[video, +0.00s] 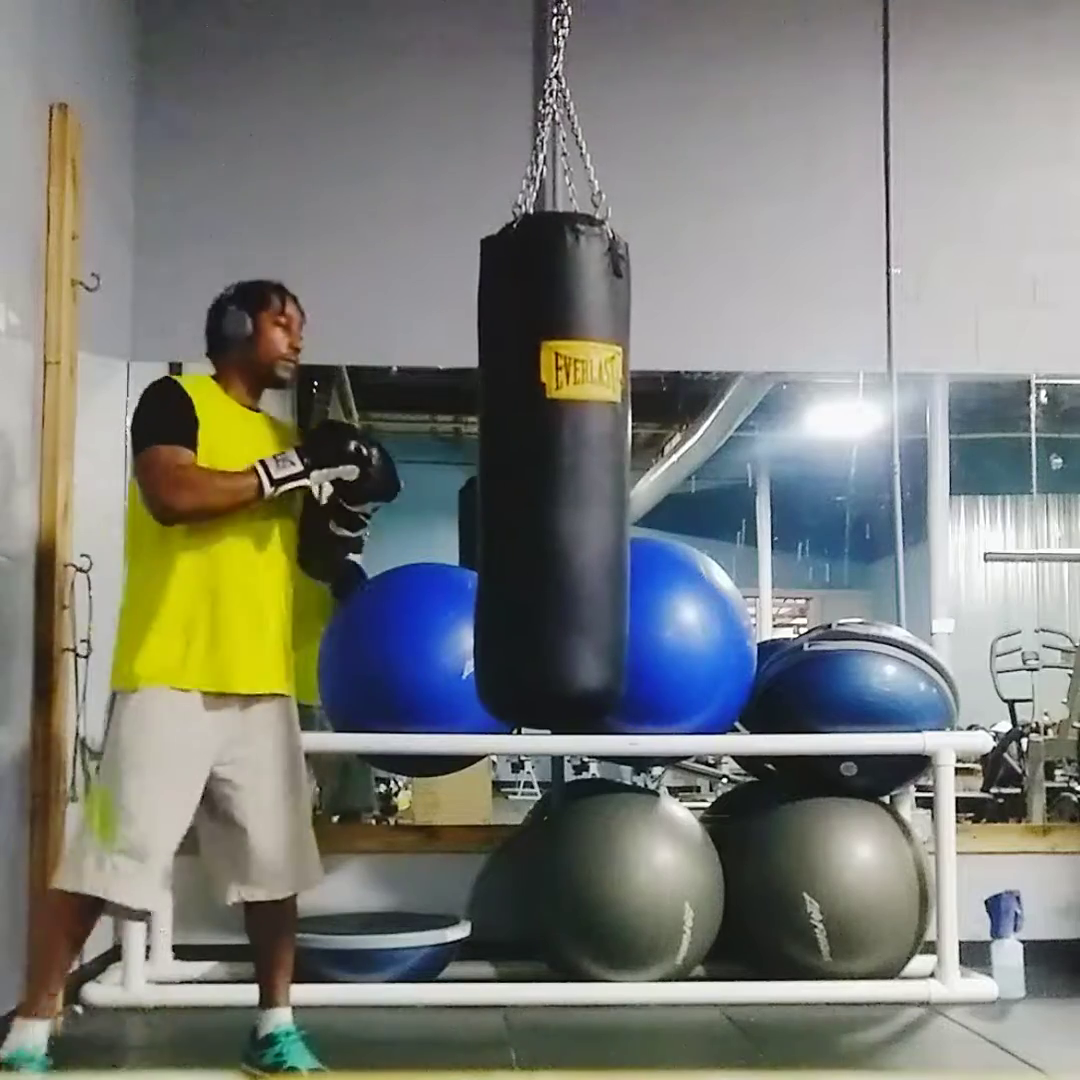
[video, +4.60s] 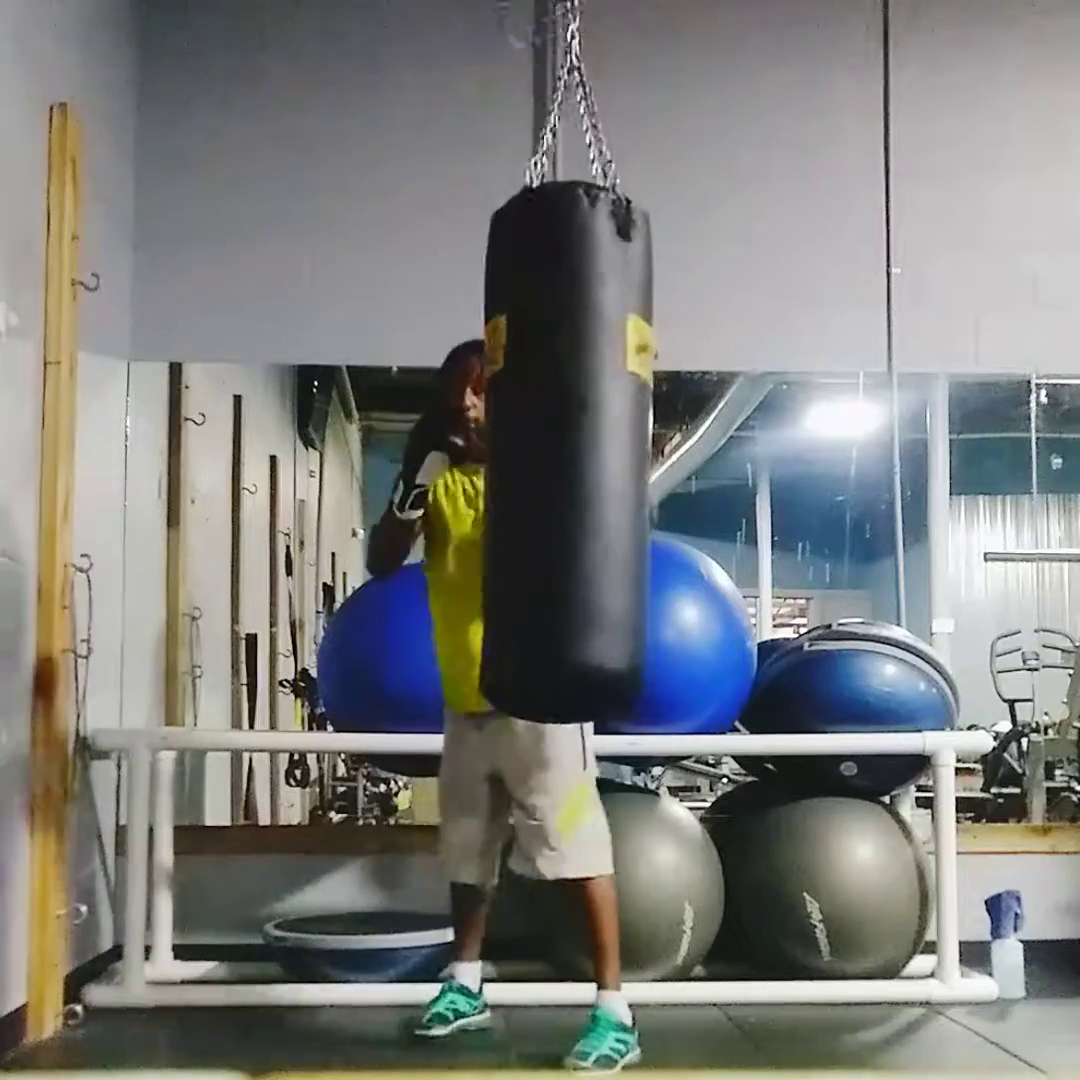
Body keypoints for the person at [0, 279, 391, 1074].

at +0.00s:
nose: (298, 340)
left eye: (299, 329)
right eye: (286, 324)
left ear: (270, 339)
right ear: (241, 326)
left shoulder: (281, 439)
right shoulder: (174, 399)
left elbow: (309, 560)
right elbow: (170, 493)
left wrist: (341, 514)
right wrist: (294, 464)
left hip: (261, 675)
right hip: (168, 669)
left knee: (273, 857)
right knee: (107, 849)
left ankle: (276, 1026)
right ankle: (32, 1024)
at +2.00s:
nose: (325, 360)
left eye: (329, 350)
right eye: (314, 343)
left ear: (307, 360)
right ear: (268, 340)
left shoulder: (293, 446)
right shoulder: (198, 404)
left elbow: (333, 548)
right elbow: (247, 485)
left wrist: (374, 490)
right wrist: (340, 443)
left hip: (262, 677)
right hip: (174, 670)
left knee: (292, 851)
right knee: (128, 853)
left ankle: (316, 1026)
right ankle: (67, 1015)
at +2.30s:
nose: (334, 368)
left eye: (340, 356)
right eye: (322, 351)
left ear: (338, 367)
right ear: (278, 354)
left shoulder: (330, 445)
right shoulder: (209, 422)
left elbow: (351, 558)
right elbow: (233, 512)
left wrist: (385, 502)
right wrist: (324, 434)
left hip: (297, 686)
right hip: (197, 687)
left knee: (351, 845)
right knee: (134, 856)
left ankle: (372, 1017)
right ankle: (77, 1018)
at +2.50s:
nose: (357, 365)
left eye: (367, 355)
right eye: (342, 348)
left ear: (370, 368)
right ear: (299, 351)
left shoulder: (367, 442)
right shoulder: (239, 421)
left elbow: (451, 508)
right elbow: (239, 514)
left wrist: (516, 458)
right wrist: (337, 439)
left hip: (322, 682)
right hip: (225, 679)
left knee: (362, 850)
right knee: (186, 857)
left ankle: (374, 1017)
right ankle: (152, 1006)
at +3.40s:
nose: (412, 367)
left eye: (424, 357)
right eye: (396, 353)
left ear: (436, 372)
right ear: (362, 364)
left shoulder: (459, 446)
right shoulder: (321, 439)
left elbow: (528, 536)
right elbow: (289, 537)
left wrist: (546, 486)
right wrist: (368, 471)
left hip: (428, 676)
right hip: (328, 679)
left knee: (445, 843)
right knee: (292, 838)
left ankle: (456, 1012)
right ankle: (274, 984)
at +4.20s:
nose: (441, 382)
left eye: (456, 372)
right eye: (429, 370)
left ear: (473, 387)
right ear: (405, 383)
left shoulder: (507, 450)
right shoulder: (378, 458)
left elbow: (552, 545)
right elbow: (324, 538)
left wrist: (554, 464)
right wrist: (376, 444)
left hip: (486, 678)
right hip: (395, 681)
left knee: (515, 846)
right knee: (370, 847)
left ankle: (538, 1009)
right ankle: (345, 988)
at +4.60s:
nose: (470, 402)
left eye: (484, 389)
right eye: (461, 389)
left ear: (511, 399)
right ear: (446, 403)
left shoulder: (541, 470)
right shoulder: (437, 480)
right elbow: (383, 562)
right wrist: (414, 481)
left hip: (542, 692)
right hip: (469, 695)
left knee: (581, 852)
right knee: (469, 849)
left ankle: (612, 1011)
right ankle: (465, 987)